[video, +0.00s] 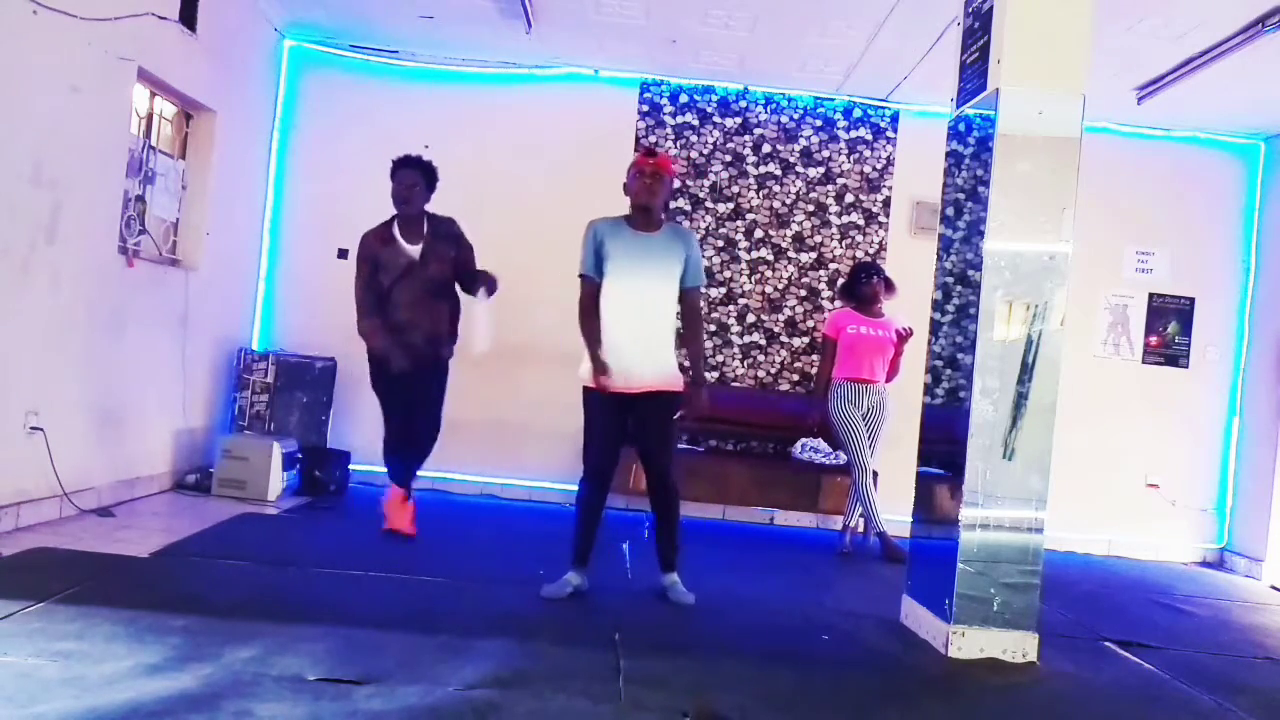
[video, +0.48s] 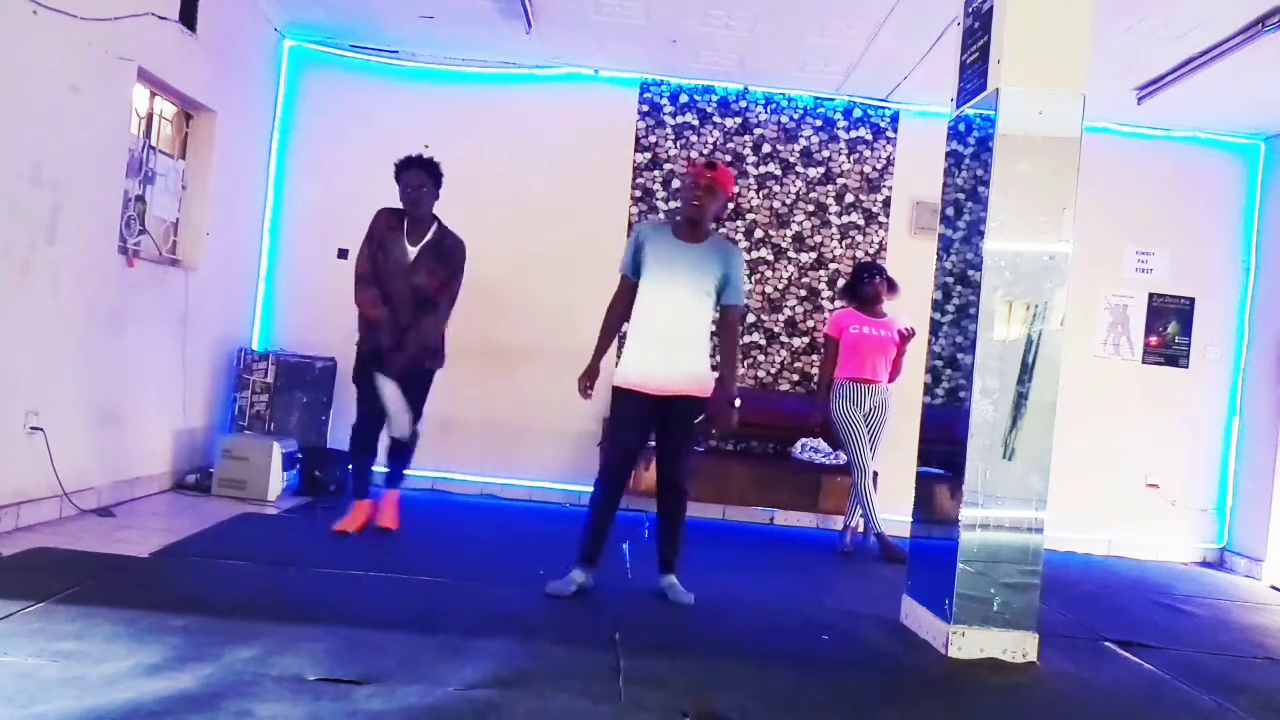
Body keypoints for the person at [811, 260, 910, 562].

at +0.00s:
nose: (876, 283)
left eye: (879, 278)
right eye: (869, 278)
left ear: (885, 287)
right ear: (856, 287)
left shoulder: (891, 327)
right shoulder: (840, 317)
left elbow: (889, 376)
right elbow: (826, 364)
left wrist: (900, 349)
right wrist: (818, 404)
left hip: (876, 397)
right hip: (844, 393)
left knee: (864, 465)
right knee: (862, 463)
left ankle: (847, 532)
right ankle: (882, 535)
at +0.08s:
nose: (878, 284)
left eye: (880, 279)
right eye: (870, 279)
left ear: (885, 287)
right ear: (857, 287)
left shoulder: (891, 327)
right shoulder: (840, 317)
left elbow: (889, 376)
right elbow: (826, 364)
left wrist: (900, 349)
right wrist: (818, 405)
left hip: (877, 398)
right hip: (844, 394)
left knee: (864, 465)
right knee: (862, 463)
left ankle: (847, 531)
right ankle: (882, 535)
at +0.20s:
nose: (878, 283)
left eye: (881, 278)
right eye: (870, 278)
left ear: (886, 286)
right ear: (858, 287)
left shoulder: (891, 327)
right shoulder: (840, 317)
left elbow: (890, 377)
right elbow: (826, 364)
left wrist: (901, 349)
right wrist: (818, 404)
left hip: (877, 397)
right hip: (845, 393)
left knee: (865, 465)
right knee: (861, 463)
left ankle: (847, 531)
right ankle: (882, 535)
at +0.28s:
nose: (878, 284)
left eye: (881, 279)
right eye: (870, 279)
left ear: (887, 287)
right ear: (858, 287)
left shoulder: (892, 326)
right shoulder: (841, 317)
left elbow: (890, 377)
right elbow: (827, 365)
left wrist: (901, 348)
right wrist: (819, 405)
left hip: (877, 397)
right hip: (845, 393)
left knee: (865, 465)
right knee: (861, 463)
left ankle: (847, 531)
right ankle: (882, 536)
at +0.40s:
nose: (877, 283)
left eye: (881, 278)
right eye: (870, 278)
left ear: (887, 286)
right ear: (858, 287)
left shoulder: (892, 327)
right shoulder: (841, 318)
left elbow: (891, 376)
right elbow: (827, 365)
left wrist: (902, 349)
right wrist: (820, 405)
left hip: (878, 397)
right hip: (846, 393)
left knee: (866, 466)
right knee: (862, 464)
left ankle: (847, 532)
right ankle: (881, 536)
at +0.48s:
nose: (878, 283)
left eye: (881, 278)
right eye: (870, 278)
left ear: (887, 286)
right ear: (858, 287)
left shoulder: (893, 326)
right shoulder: (842, 318)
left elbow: (892, 376)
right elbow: (828, 364)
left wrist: (902, 349)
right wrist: (822, 405)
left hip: (879, 397)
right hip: (846, 393)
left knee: (866, 465)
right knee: (861, 463)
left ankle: (848, 532)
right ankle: (880, 535)